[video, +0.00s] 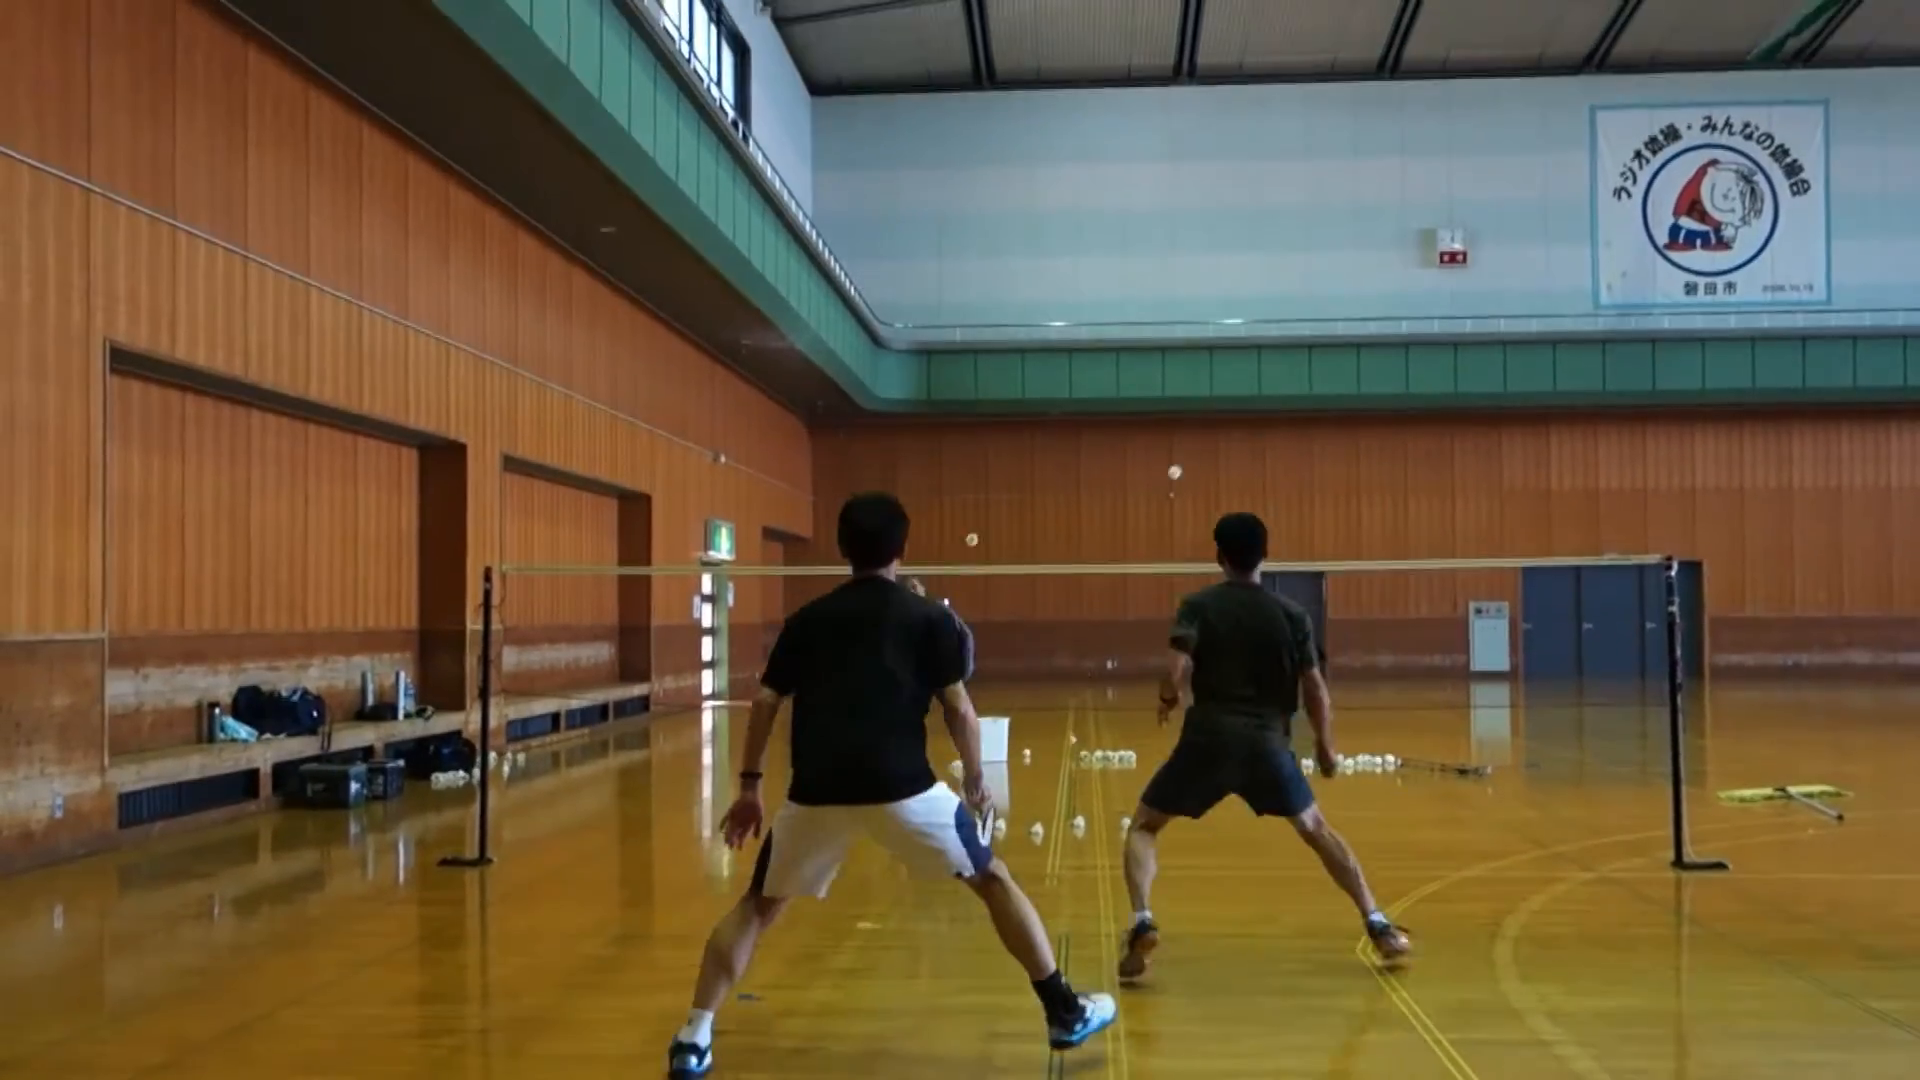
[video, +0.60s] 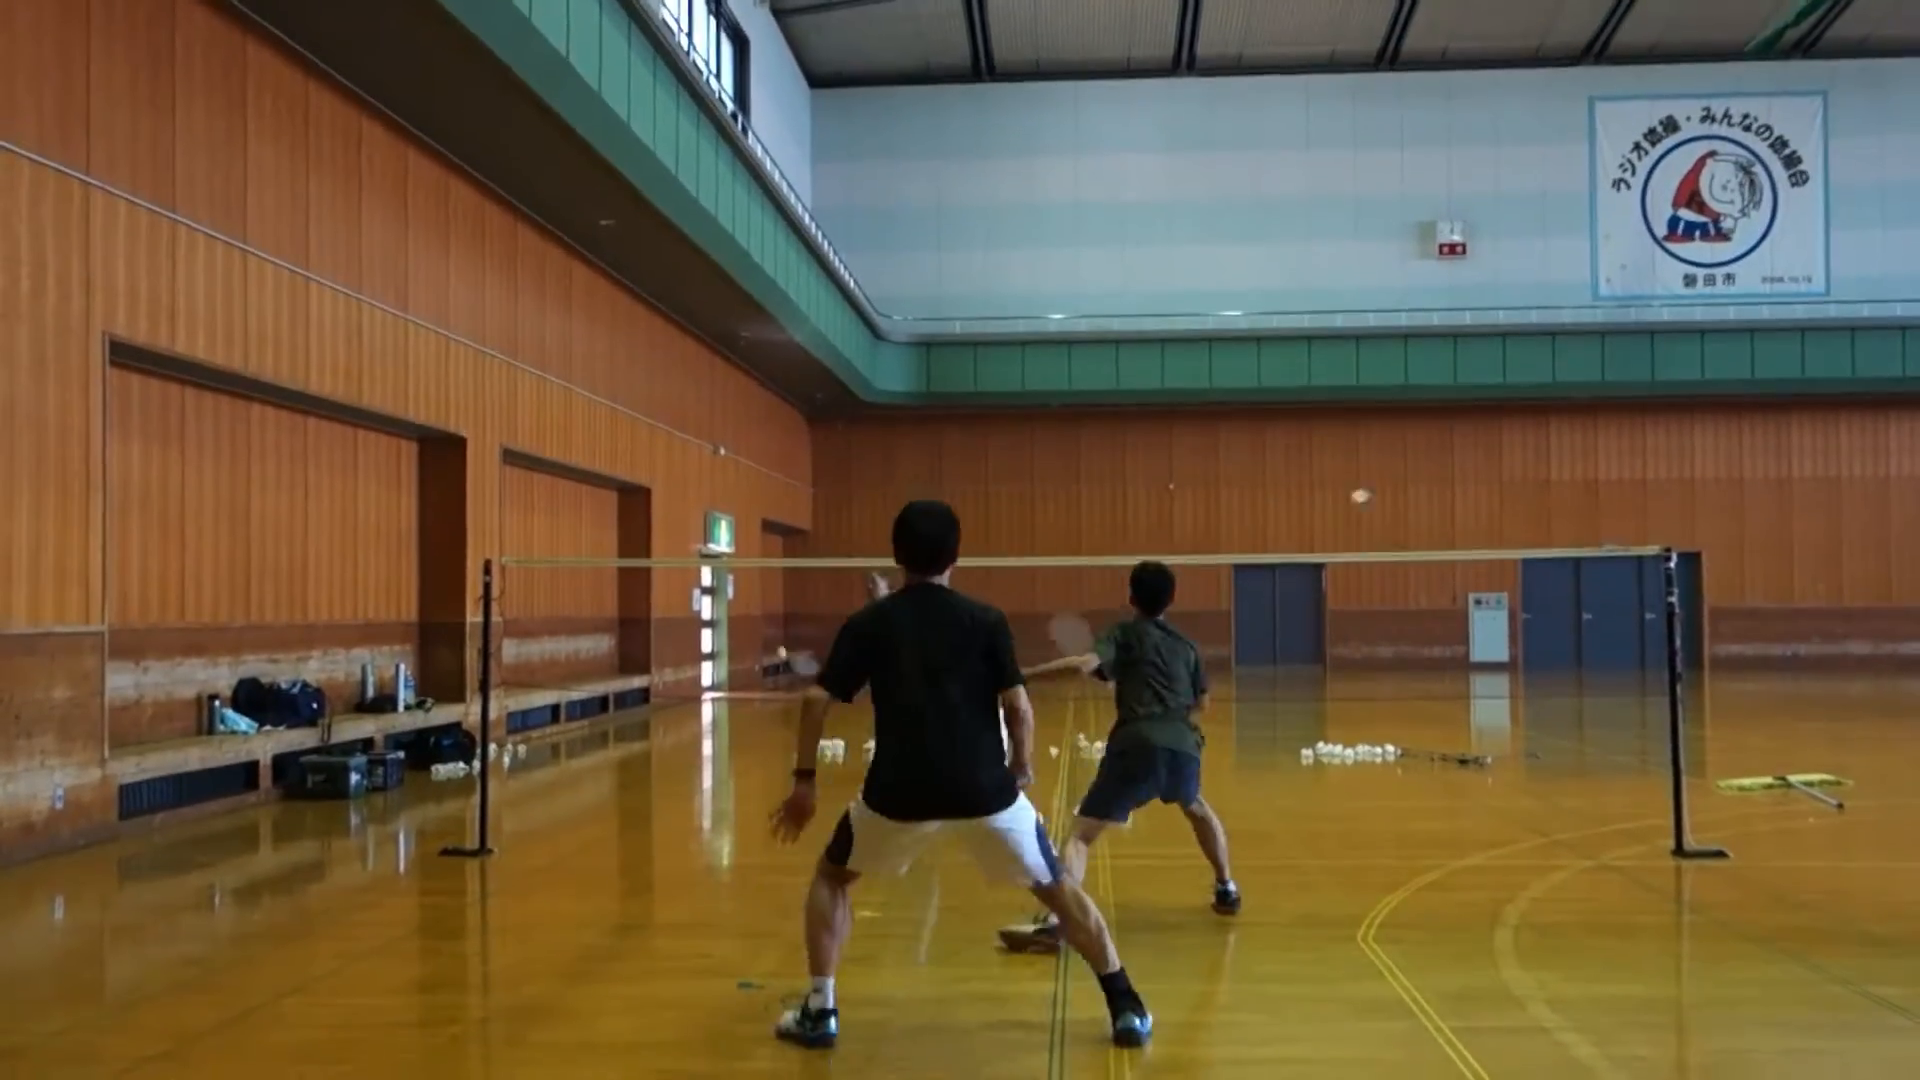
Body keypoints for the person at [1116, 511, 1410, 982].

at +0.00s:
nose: (1218, 557)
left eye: (1217, 551)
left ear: (1219, 556)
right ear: (1263, 556)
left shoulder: (1199, 606)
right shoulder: (1291, 616)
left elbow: (1176, 671)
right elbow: (1315, 689)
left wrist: (1169, 695)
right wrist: (1325, 746)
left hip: (1206, 747)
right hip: (1269, 749)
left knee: (1144, 828)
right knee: (1318, 831)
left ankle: (1142, 917)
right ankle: (1375, 920)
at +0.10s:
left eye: (1190, 559)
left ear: (1187, 564)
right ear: (1232, 565)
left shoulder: (1158, 612)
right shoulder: (1253, 622)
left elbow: (1126, 669)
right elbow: (1268, 700)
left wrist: (1122, 703)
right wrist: (1263, 749)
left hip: (1165, 740)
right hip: (1227, 743)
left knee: (1107, 827)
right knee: (1262, 822)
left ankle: (1080, 921)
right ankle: (1278, 917)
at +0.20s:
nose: (1155, 587)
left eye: (1156, 581)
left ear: (1157, 587)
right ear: (1200, 591)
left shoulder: (1133, 633)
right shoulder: (1215, 649)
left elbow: (1084, 672)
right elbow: (1228, 726)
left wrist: (1074, 681)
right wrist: (1203, 745)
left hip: (1127, 760)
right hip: (1184, 767)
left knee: (1062, 843)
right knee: (1210, 839)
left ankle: (1042, 945)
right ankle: (1244, 927)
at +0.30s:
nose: (1137, 600)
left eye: (1139, 595)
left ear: (1140, 601)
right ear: (1182, 604)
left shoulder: (1119, 639)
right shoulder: (1198, 656)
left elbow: (1048, 645)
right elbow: (1211, 714)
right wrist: (1169, 704)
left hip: (1117, 775)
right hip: (1174, 778)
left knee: (1050, 849)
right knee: (1191, 825)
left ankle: (1037, 949)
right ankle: (1226, 896)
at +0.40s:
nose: (1137, 598)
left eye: (1138, 592)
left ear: (1140, 598)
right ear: (1180, 602)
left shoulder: (1120, 634)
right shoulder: (1193, 647)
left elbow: (1067, 634)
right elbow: (1207, 668)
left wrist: (1022, 622)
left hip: (1127, 760)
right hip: (1181, 762)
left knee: (1061, 833)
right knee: (1202, 806)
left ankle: (1026, 913)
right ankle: (1225, 892)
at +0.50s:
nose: (1137, 602)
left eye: (1140, 597)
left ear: (1139, 606)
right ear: (1177, 611)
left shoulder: (1135, 645)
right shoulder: (1189, 646)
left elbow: (1076, 654)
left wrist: (1025, 648)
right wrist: (1162, 581)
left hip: (1146, 759)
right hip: (1194, 758)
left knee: (1074, 828)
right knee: (1207, 821)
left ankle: (1016, 912)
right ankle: (1227, 894)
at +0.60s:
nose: (1128, 597)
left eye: (1130, 591)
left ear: (1132, 598)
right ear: (1169, 601)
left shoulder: (1123, 634)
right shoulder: (1186, 646)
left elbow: (1083, 664)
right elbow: (1199, 703)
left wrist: (1021, 675)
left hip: (1135, 746)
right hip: (1183, 747)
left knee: (1082, 836)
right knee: (1196, 806)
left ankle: (1058, 922)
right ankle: (1226, 886)